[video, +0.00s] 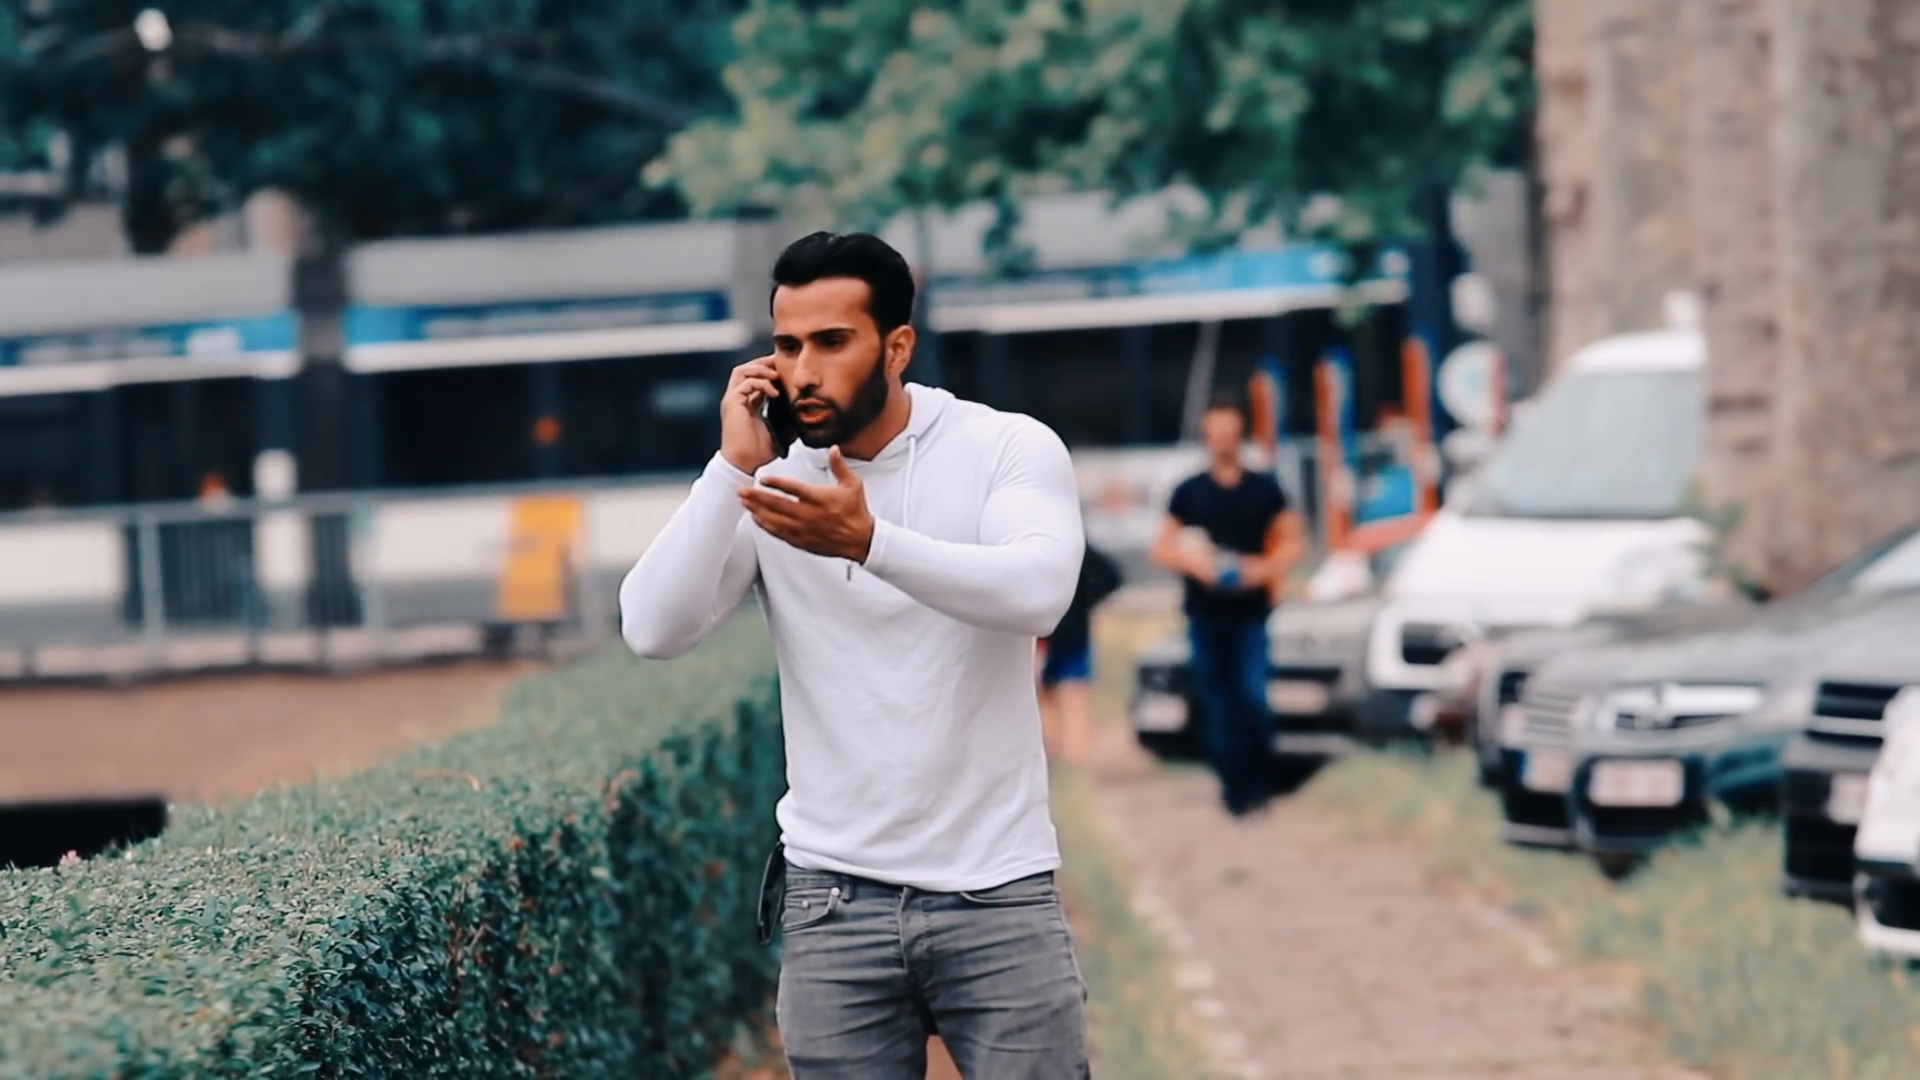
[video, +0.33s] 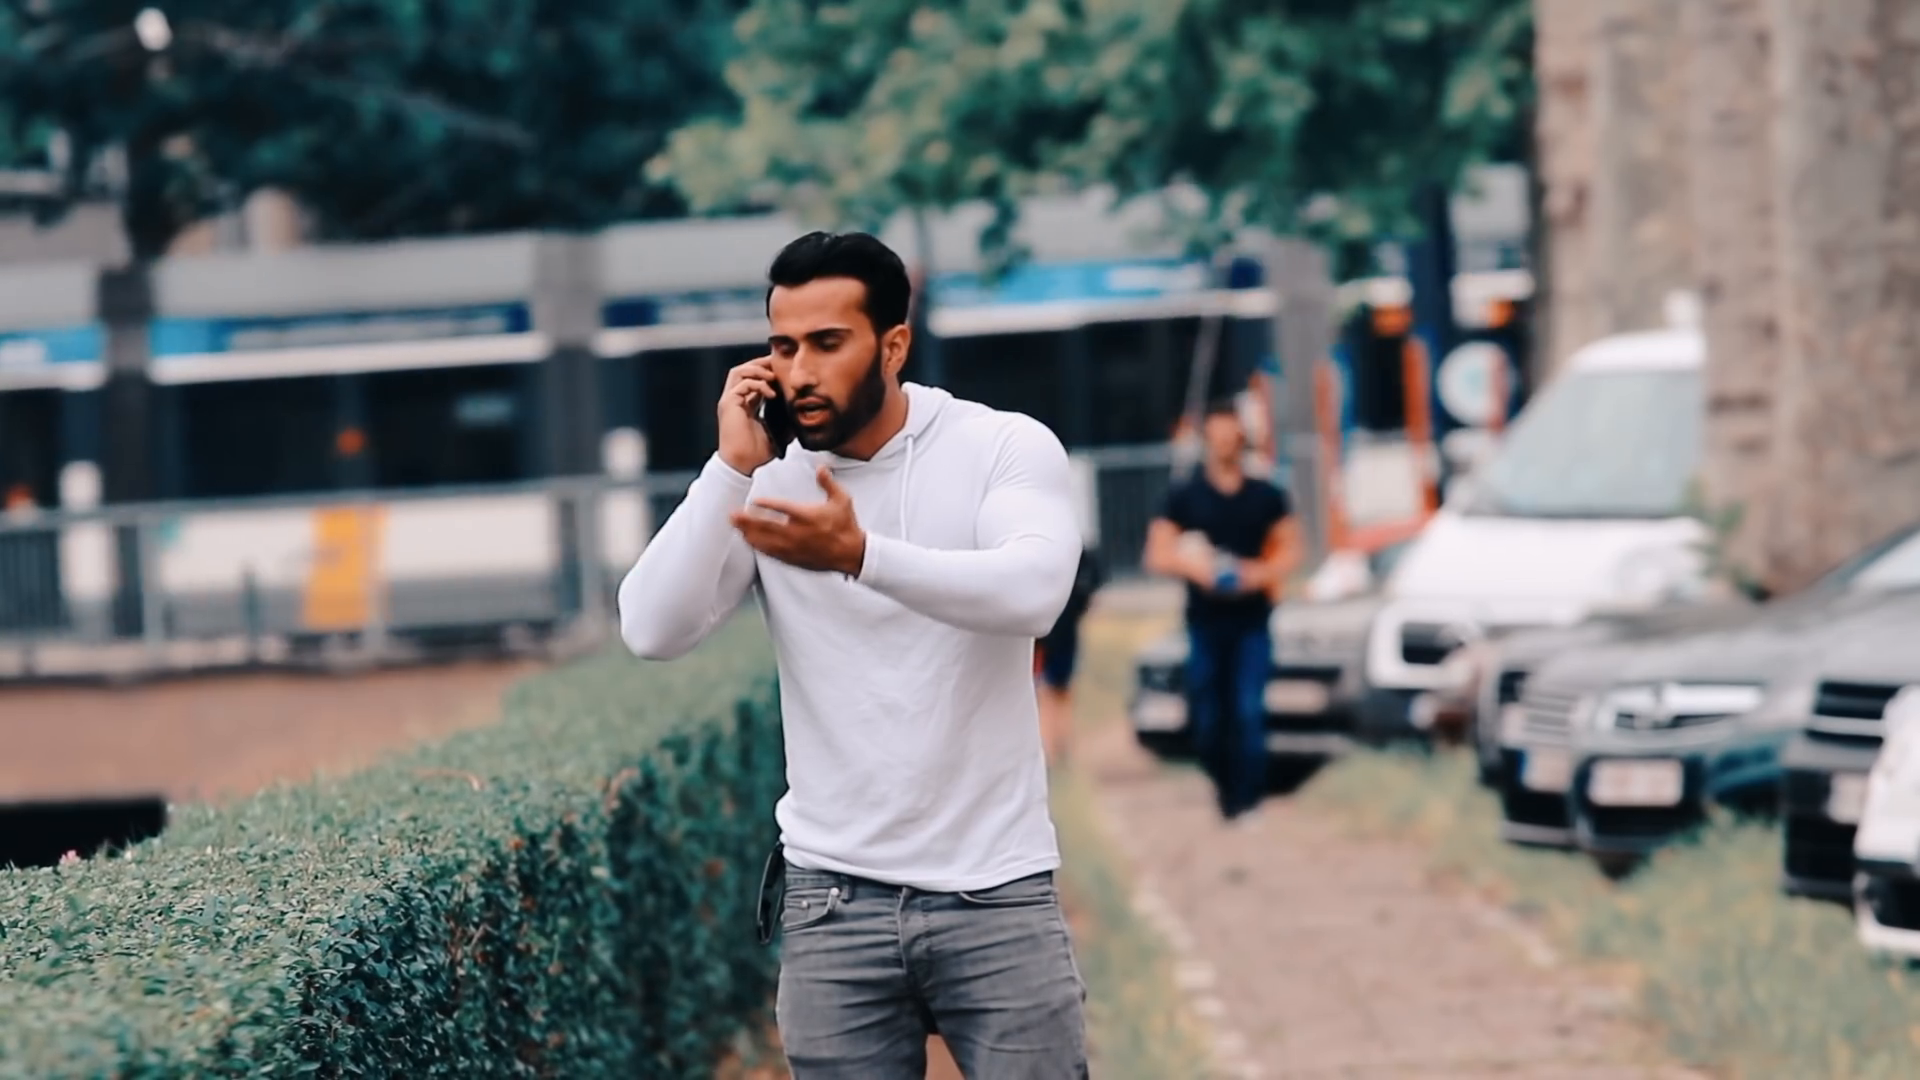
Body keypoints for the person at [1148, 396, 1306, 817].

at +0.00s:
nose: (1221, 440)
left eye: (1229, 432)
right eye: (1214, 432)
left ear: (1241, 435)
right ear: (1204, 435)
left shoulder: (1264, 488)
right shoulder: (1190, 492)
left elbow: (1291, 542)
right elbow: (1163, 547)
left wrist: (1262, 569)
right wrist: (1198, 566)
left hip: (1251, 609)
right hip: (1207, 611)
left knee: (1251, 695)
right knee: (1217, 700)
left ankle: (1258, 785)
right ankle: (1233, 787)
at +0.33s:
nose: (1224, 442)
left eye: (1231, 434)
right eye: (1216, 434)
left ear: (1242, 438)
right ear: (1205, 438)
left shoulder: (1267, 497)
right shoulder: (1185, 496)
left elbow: (1289, 552)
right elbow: (1158, 554)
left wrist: (1256, 574)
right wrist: (1200, 570)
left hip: (1251, 621)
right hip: (1206, 622)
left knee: (1247, 711)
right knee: (1206, 715)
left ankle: (1246, 797)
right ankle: (1226, 790)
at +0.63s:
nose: (1212, 445)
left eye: (1219, 436)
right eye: (1204, 437)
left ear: (1232, 438)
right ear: (1192, 441)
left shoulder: (1257, 495)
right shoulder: (1180, 500)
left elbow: (1283, 549)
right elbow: (1152, 556)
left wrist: (1251, 574)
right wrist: (1191, 570)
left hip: (1245, 614)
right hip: (1199, 614)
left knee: (1242, 705)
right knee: (1207, 701)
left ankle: (1242, 790)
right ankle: (1202, 784)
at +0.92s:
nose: (1201, 438)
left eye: (1208, 430)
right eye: (1194, 430)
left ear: (1221, 429)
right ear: (1183, 431)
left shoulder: (1246, 481)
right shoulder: (1172, 482)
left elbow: (1269, 542)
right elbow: (1144, 544)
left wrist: (1244, 567)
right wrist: (1185, 563)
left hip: (1236, 606)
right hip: (1190, 608)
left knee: (1243, 695)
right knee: (1199, 703)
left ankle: (1243, 784)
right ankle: (1212, 791)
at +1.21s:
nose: (1213, 442)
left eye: (1221, 434)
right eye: (1205, 434)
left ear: (1232, 435)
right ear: (1194, 435)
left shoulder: (1252, 489)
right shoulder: (1179, 489)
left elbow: (1276, 550)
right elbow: (1148, 550)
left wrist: (1245, 572)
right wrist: (1188, 565)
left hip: (1239, 615)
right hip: (1193, 616)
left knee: (1237, 705)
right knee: (1199, 709)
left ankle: (1242, 798)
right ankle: (1209, 798)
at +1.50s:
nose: (1214, 426)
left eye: (1222, 418)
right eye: (1206, 418)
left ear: (1234, 420)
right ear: (1193, 419)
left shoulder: (1257, 475)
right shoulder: (1178, 478)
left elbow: (1283, 536)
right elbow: (1151, 540)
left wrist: (1246, 559)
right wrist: (1187, 556)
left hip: (1244, 602)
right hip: (1197, 602)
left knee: (1239, 700)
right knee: (1204, 696)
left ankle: (1238, 793)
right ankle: (1213, 795)